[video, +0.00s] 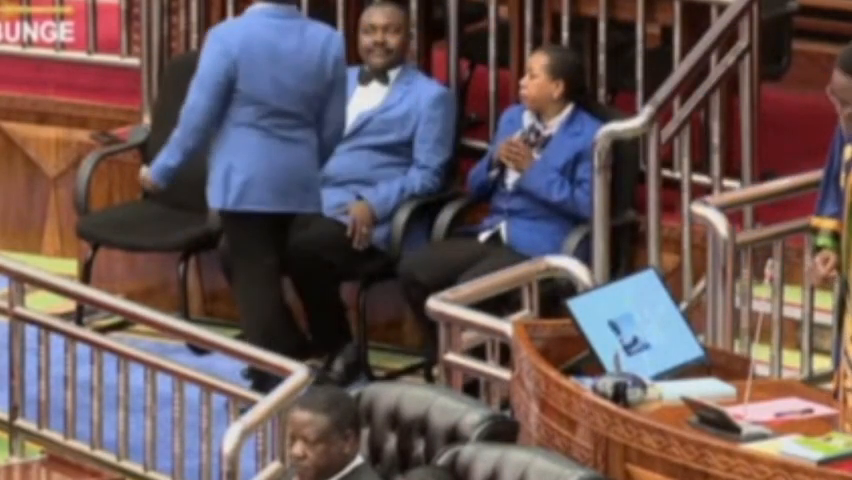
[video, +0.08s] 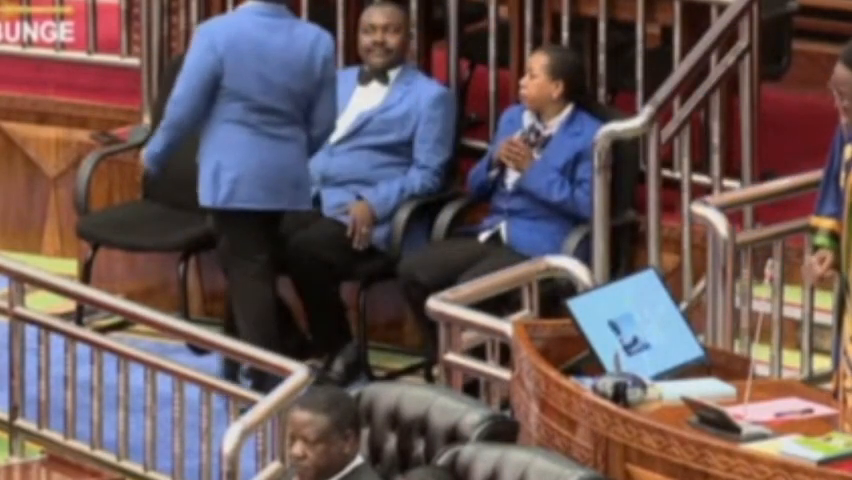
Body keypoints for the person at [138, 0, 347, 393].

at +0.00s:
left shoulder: (228, 35)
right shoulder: (326, 40)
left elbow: (199, 116)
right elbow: (332, 124)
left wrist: (161, 169)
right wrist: (311, 166)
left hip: (243, 174)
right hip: (298, 174)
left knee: (256, 277)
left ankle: (277, 373)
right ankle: (291, 353)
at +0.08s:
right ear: (287, 0)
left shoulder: (216, 32)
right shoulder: (317, 41)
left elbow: (185, 110)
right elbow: (322, 123)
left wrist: (153, 155)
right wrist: (295, 153)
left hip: (230, 172)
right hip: (288, 173)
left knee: (249, 274)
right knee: (251, 271)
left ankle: (269, 374)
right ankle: (235, 365)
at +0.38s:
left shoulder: (180, 20)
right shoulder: (282, 39)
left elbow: (149, 87)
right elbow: (278, 115)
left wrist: (169, 114)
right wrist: (246, 127)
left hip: (181, 161)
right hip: (243, 166)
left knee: (182, 263)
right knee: (217, 269)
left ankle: (221, 356)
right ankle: (197, 369)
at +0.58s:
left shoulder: (166, 14)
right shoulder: (267, 35)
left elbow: (134, 81)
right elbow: (267, 110)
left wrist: (166, 104)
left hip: (163, 159)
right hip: (226, 166)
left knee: (152, 253)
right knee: (206, 261)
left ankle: (160, 356)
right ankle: (197, 366)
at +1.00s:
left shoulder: (113, 10)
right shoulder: (214, 26)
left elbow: (102, 74)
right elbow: (231, 103)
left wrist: (141, 81)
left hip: (126, 150)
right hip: (186, 158)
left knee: (135, 244)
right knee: (191, 252)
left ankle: (128, 353)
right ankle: (193, 366)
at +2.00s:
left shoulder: (152, 3)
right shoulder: (250, 26)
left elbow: (124, 50)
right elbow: (246, 109)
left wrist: (159, 69)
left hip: (138, 129)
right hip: (199, 141)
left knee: (137, 237)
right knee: (197, 246)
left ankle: (128, 349)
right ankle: (191, 349)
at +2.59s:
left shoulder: (146, 4)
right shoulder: (215, 17)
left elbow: (133, 50)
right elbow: (212, 100)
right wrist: (247, 118)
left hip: (131, 126)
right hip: (180, 139)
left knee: (136, 235)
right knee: (191, 244)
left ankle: (114, 333)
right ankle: (190, 344)